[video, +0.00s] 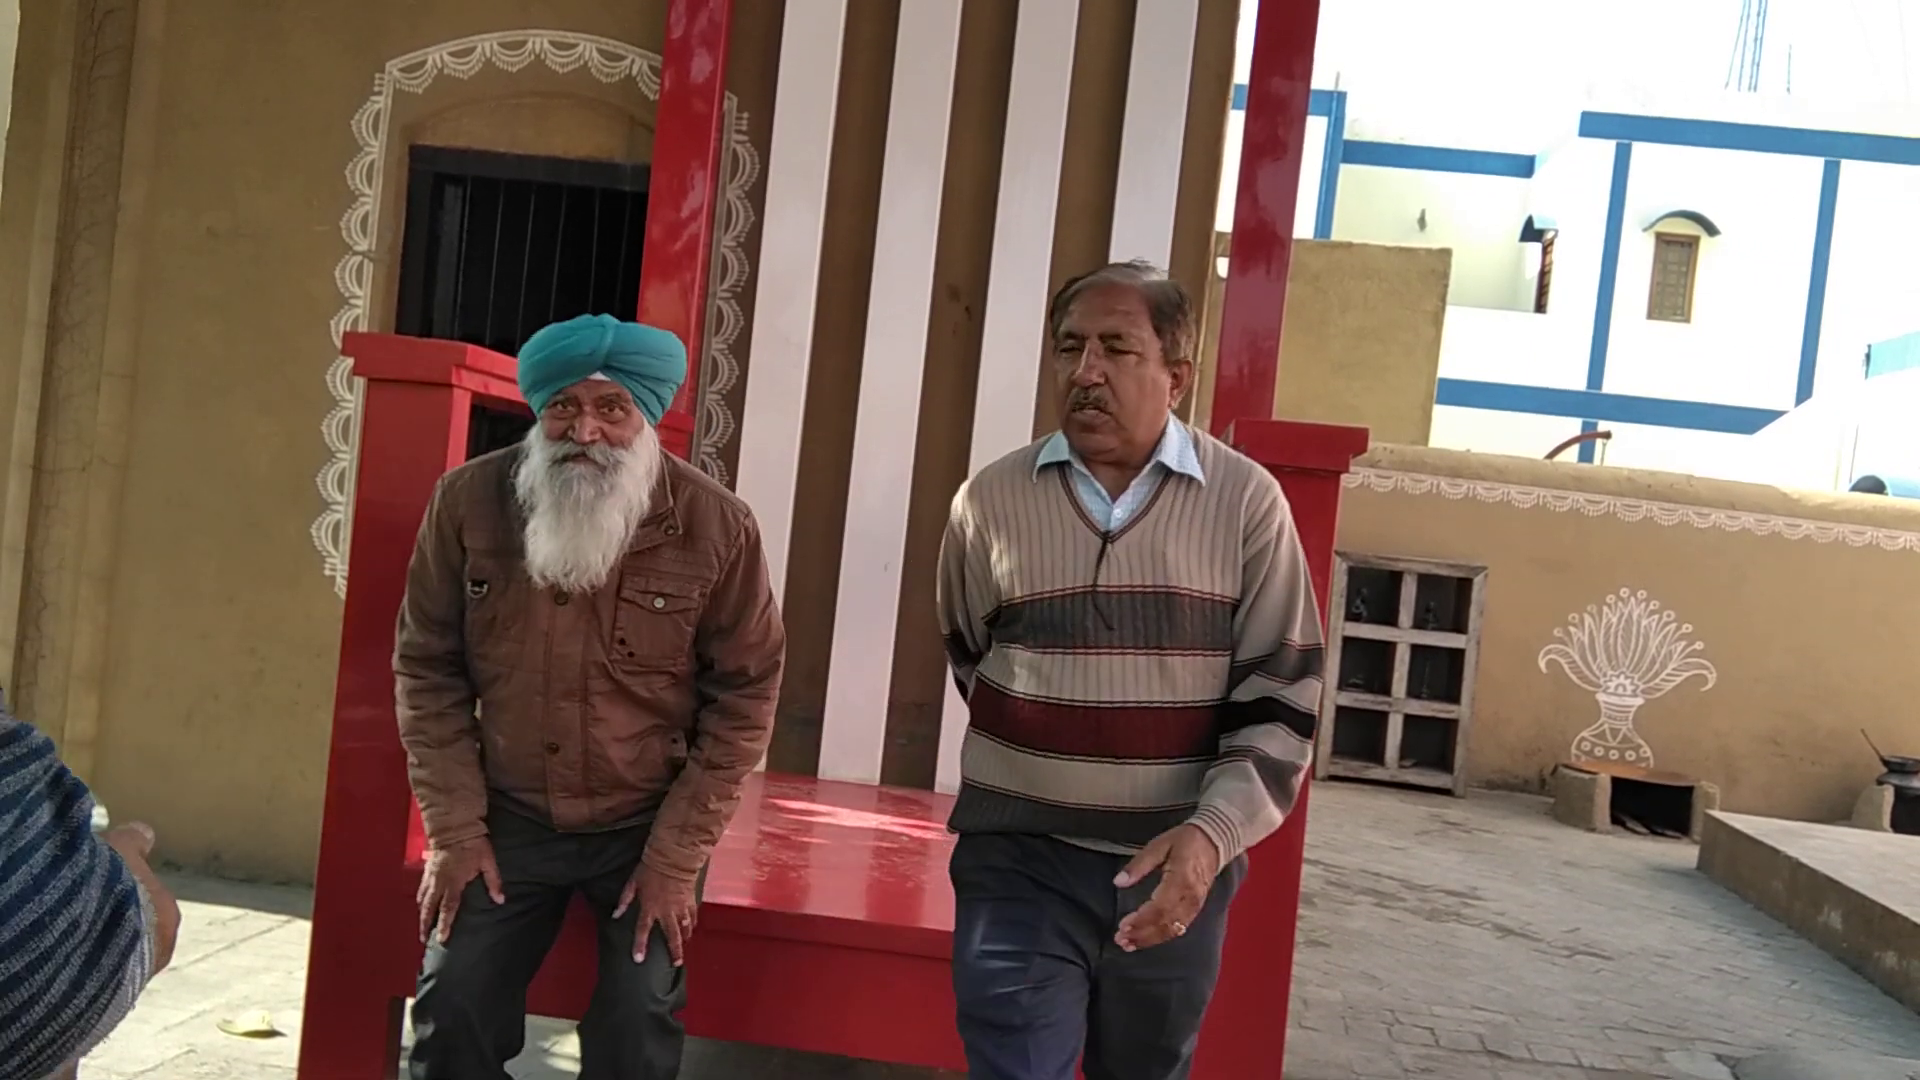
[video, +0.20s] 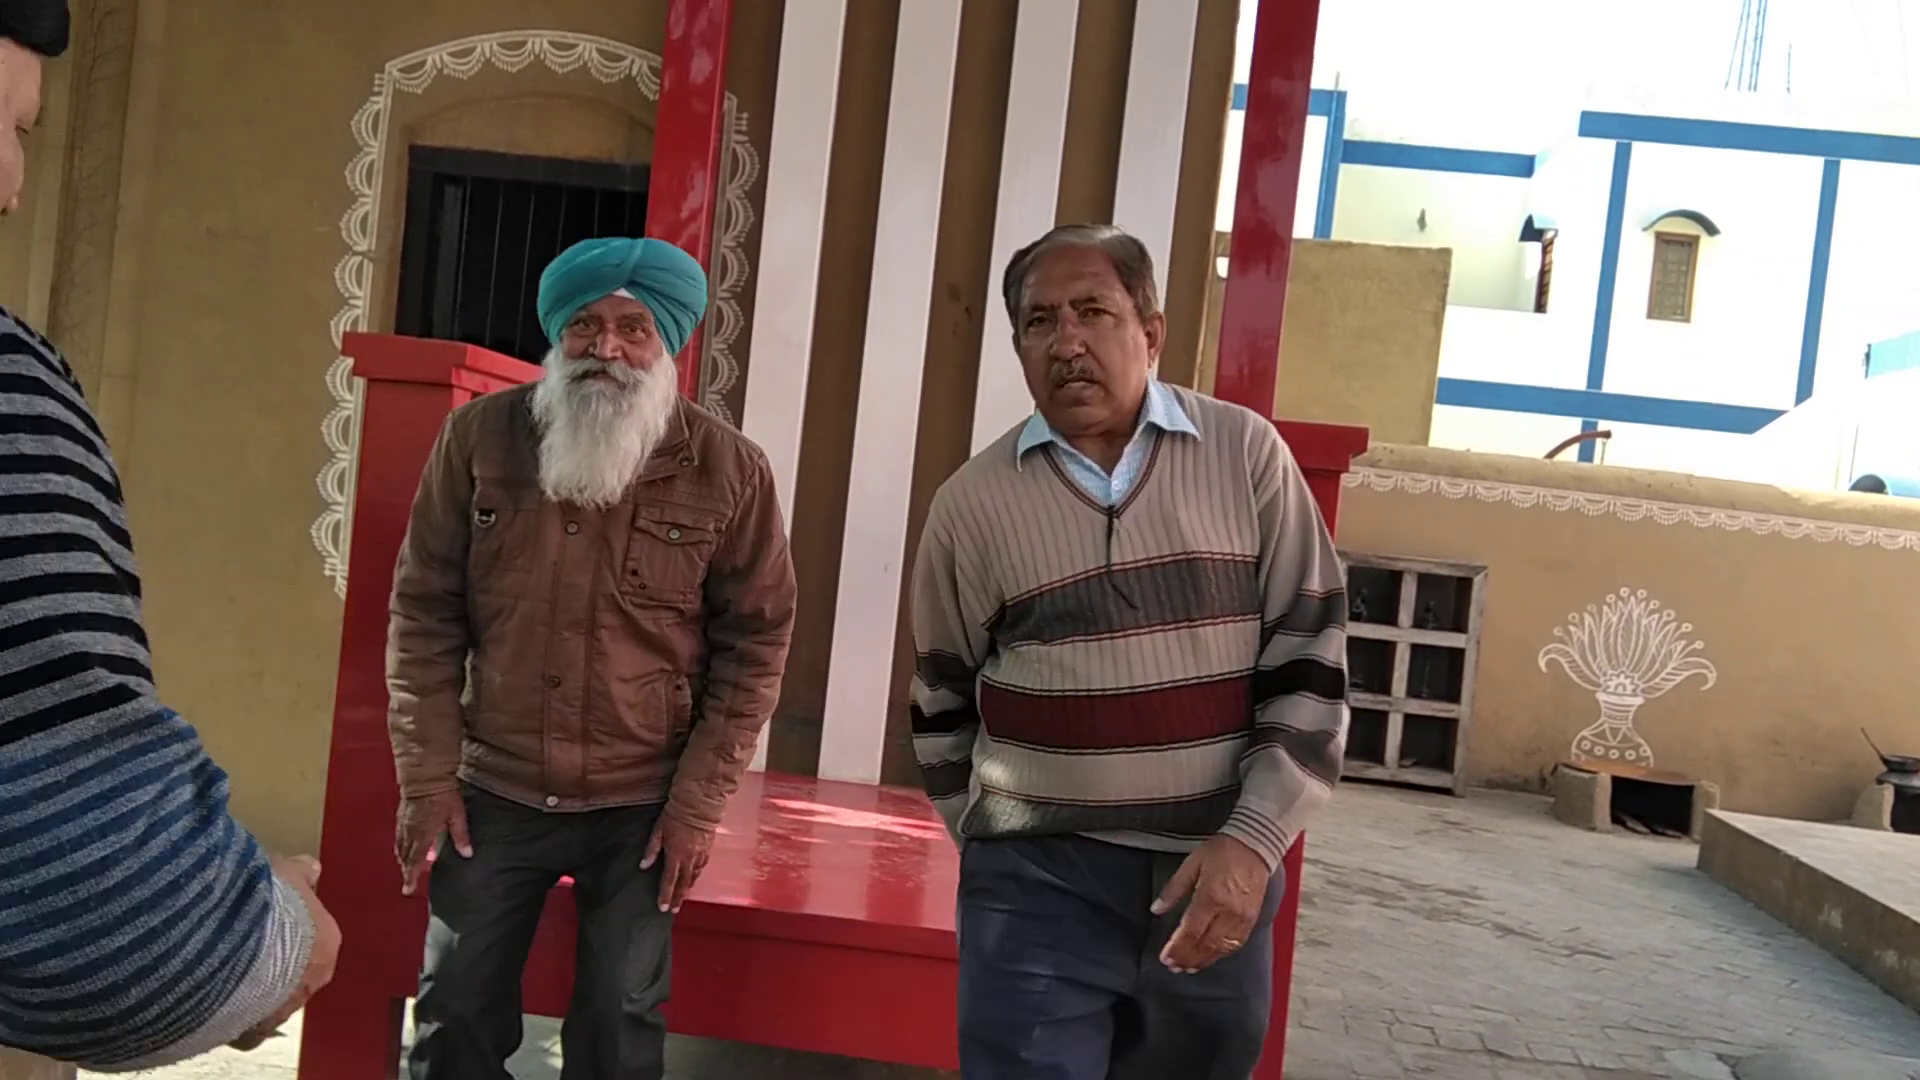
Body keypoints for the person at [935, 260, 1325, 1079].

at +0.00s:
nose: (1084, 371)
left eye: (1116, 349)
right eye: (1071, 348)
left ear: (1177, 376)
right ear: (1054, 363)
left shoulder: (1247, 504)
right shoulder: (986, 503)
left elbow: (1283, 705)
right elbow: (971, 667)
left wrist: (1212, 834)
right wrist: (1057, 753)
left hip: (1175, 879)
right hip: (1018, 862)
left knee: (1143, 1070)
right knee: (1019, 1067)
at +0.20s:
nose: (1066, 342)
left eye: (1093, 312)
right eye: (1040, 321)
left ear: (1151, 335)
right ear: (1020, 351)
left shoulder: (1248, 456)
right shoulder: (967, 506)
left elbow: (1311, 669)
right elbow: (941, 711)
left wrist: (1253, 841)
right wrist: (987, 844)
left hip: (1217, 886)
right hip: (1032, 882)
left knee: (1200, 1068)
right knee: (1025, 1062)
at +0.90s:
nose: (1136, 301)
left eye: (1170, 263)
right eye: (1108, 272)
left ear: (1248, 287)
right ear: (1087, 303)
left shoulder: (1378, 438)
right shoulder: (1041, 491)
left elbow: (1467, 692)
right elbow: (1003, 736)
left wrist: (1401, 862)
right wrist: (986, 950)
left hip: (1328, 968)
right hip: (1102, 957)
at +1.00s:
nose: (1175, 300)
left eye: (1212, 264)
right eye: (1153, 274)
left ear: (1304, 285)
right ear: (1135, 300)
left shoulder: (1437, 463)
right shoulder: (1099, 484)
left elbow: (1529, 730)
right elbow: (1049, 726)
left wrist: (1481, 947)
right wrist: (1021, 939)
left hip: (1360, 989)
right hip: (1125, 960)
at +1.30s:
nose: (1227, 323)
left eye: (1259, 286)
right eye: (1231, 280)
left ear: (1386, 299)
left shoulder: (1523, 495)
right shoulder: (1285, 426)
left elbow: (1598, 870)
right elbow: (1269, 707)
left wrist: (1493, 1069)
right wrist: (1222, 919)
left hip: (1396, 1021)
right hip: (1243, 959)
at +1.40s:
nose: (1240, 320)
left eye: (1272, 284)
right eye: (1245, 278)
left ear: (1394, 298)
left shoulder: (1529, 490)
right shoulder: (1333, 414)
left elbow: (1556, 866)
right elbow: (1316, 710)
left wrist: (1384, 1058)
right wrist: (1264, 922)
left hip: (1425, 1008)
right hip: (1285, 956)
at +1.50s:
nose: (1250, 318)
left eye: (1277, 285)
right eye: (1257, 282)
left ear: (1392, 298)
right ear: (1387, 304)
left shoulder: (1532, 486)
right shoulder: (1373, 417)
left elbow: (1517, 858)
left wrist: (1319, 1036)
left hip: (1461, 1006)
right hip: (1311, 942)